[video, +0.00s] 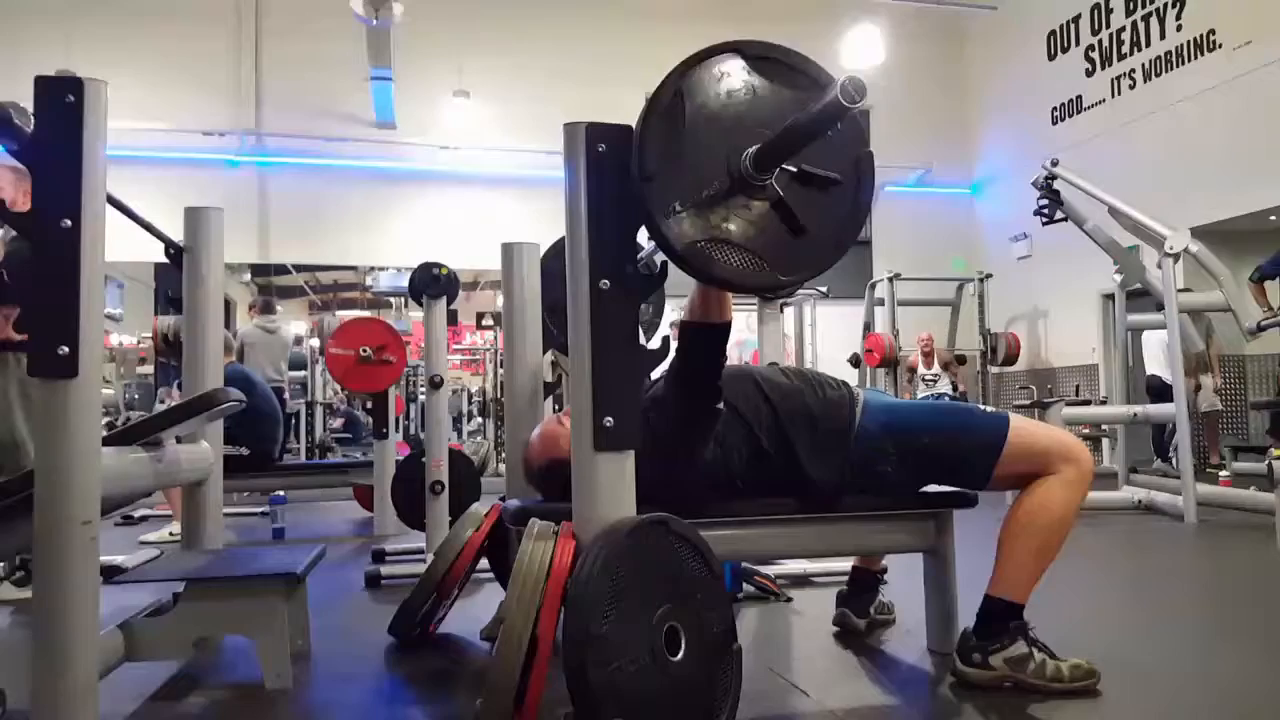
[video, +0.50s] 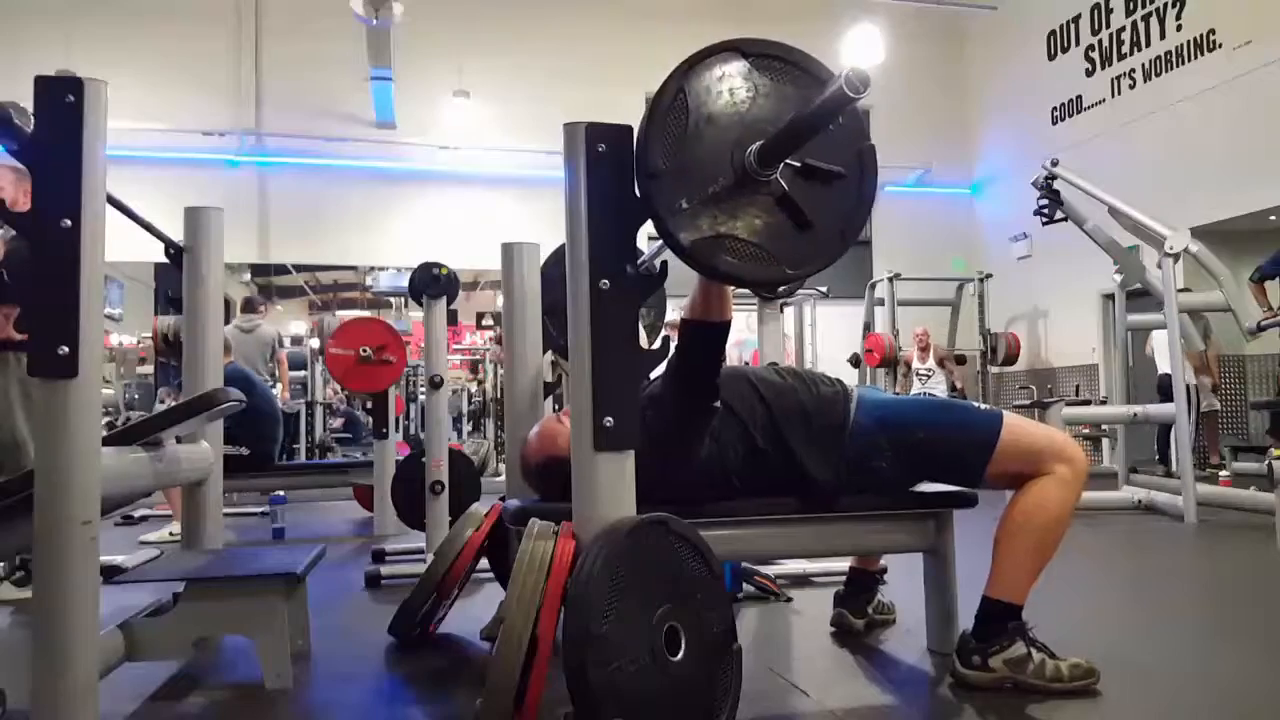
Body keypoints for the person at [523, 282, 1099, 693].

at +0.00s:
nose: (564, 414)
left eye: (556, 418)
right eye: (563, 422)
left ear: (566, 478)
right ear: (584, 446)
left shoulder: (605, 460)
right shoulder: (651, 457)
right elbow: (703, 331)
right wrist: (719, 217)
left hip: (814, 446)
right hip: (853, 439)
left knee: (920, 454)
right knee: (1067, 456)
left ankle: (863, 594)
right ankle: (995, 637)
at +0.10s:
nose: (564, 413)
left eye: (556, 416)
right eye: (562, 421)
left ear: (567, 479)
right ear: (584, 445)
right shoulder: (650, 454)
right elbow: (701, 333)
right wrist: (717, 218)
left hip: (816, 447)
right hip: (853, 438)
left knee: (919, 453)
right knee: (1065, 456)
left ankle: (861, 594)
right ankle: (995, 638)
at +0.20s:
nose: (564, 412)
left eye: (556, 416)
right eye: (563, 420)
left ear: (566, 476)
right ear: (584, 443)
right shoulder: (648, 455)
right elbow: (701, 334)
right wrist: (717, 217)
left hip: (813, 447)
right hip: (850, 436)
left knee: (925, 450)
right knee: (1064, 454)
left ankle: (860, 593)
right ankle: (995, 638)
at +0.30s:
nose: (565, 409)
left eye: (556, 413)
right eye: (562, 418)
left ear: (566, 476)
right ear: (583, 444)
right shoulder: (648, 455)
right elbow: (699, 339)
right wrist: (717, 216)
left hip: (811, 446)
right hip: (850, 436)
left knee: (923, 449)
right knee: (1063, 455)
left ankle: (860, 594)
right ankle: (994, 639)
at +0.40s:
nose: (564, 409)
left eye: (555, 412)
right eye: (561, 417)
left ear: (567, 476)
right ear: (582, 446)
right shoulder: (648, 453)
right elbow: (699, 337)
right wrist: (720, 210)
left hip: (814, 443)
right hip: (849, 435)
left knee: (919, 453)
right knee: (1062, 455)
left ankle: (860, 595)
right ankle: (994, 640)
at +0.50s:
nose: (563, 409)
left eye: (554, 413)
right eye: (560, 417)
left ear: (568, 474)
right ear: (582, 442)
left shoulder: (609, 456)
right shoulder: (649, 450)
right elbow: (702, 334)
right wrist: (723, 212)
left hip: (817, 440)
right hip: (851, 433)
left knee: (920, 451)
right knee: (1061, 456)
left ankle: (860, 594)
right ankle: (994, 640)